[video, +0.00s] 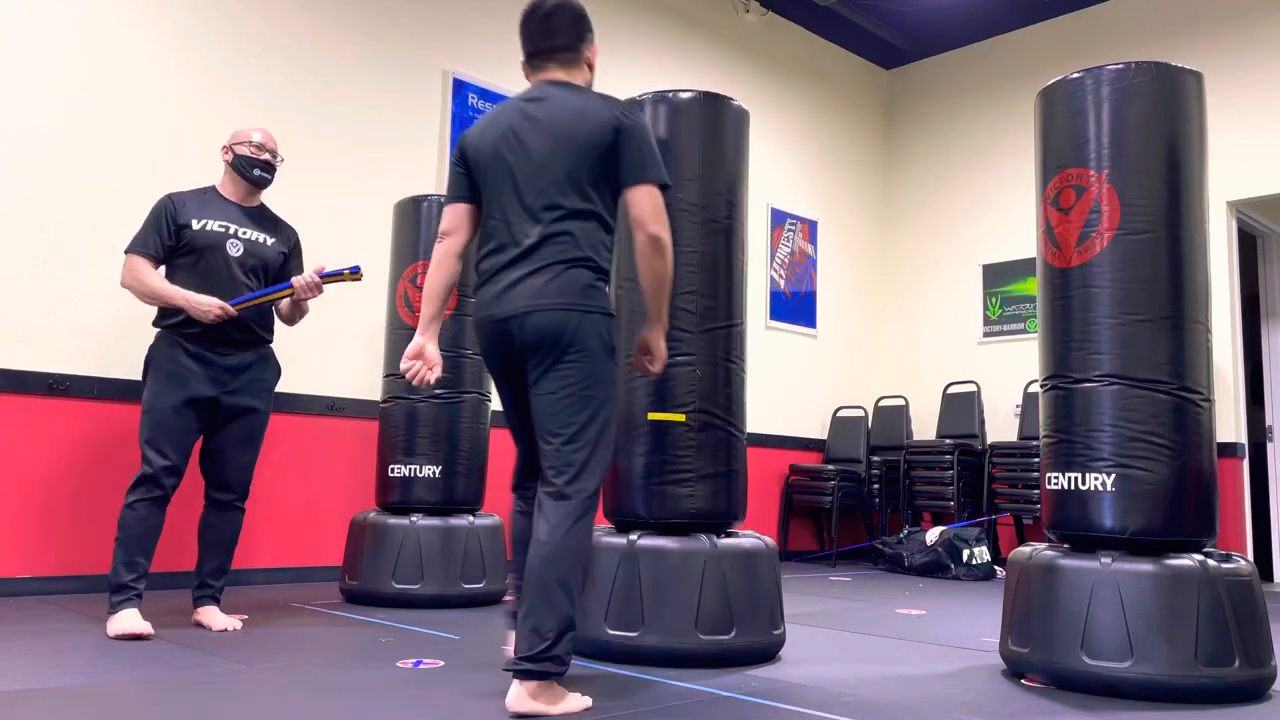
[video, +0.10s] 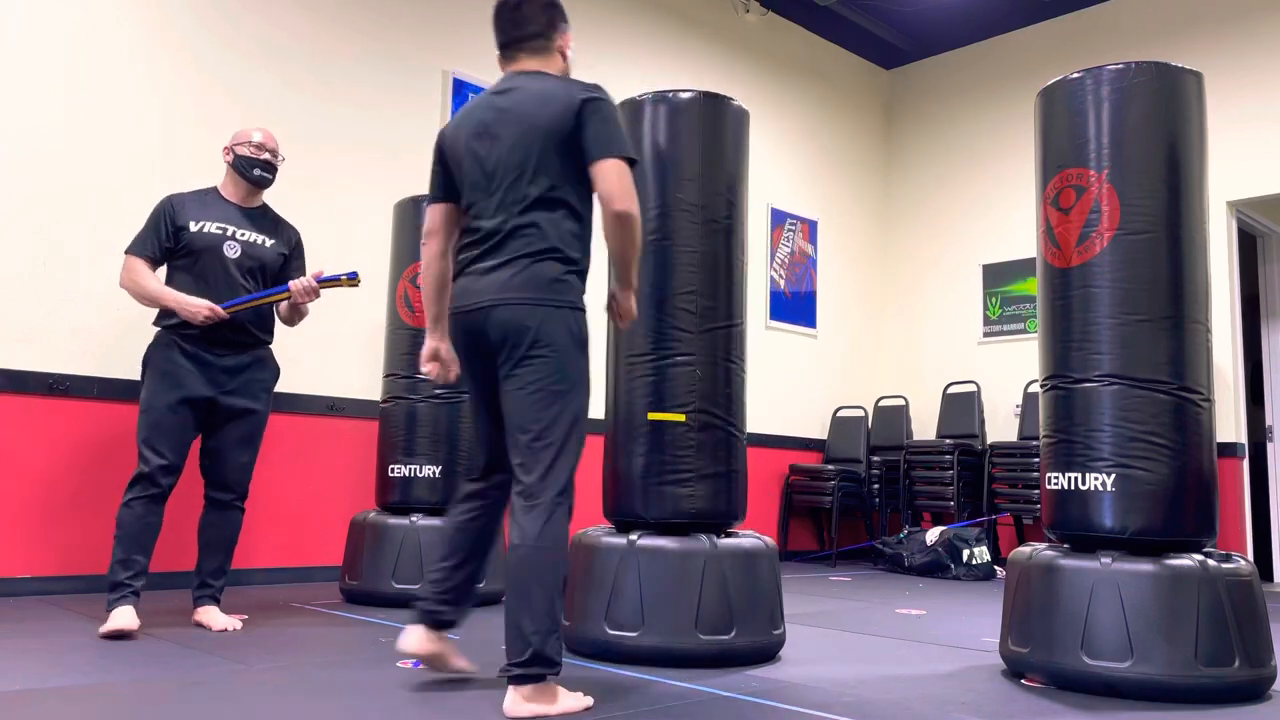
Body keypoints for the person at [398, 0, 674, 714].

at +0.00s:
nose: (596, 64)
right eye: (596, 54)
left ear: (523, 63)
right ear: (589, 54)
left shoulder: (479, 131)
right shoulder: (610, 117)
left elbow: (451, 237)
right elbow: (652, 231)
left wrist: (425, 330)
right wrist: (657, 326)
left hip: (496, 318)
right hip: (572, 310)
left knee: (533, 471)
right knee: (567, 487)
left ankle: (525, 626)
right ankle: (538, 678)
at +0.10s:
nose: (570, 48)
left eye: (563, 38)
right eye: (568, 38)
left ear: (499, 49)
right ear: (562, 40)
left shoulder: (460, 124)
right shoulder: (581, 99)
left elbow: (437, 235)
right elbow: (620, 203)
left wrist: (435, 330)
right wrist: (625, 285)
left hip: (471, 311)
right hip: (544, 307)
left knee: (485, 474)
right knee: (541, 490)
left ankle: (430, 626)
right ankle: (532, 680)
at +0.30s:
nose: (519, 60)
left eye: (516, 47)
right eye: (517, 47)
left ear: (448, 55)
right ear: (501, 48)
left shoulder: (416, 124)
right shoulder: (500, 105)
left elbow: (414, 237)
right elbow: (532, 199)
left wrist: (497, 280)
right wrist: (575, 224)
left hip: (407, 316)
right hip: (469, 313)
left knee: (379, 487)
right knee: (509, 488)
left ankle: (325, 656)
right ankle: (528, 678)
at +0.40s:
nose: (494, 60)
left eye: (493, 49)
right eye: (492, 48)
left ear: (424, 50)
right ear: (476, 46)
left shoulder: (395, 114)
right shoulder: (472, 101)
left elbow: (404, 214)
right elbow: (494, 205)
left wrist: (492, 226)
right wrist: (540, 199)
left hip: (376, 312)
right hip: (436, 314)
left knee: (355, 485)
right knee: (477, 485)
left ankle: (321, 656)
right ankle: (497, 671)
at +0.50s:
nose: (475, 51)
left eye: (471, 38)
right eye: (471, 38)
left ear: (404, 44)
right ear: (451, 38)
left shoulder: (381, 107)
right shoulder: (449, 96)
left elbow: (421, 204)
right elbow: (482, 206)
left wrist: (490, 185)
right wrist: (511, 167)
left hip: (363, 302)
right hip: (415, 304)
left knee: (352, 479)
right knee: (448, 477)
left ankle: (321, 654)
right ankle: (406, 667)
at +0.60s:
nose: (458, 46)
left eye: (455, 34)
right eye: (455, 33)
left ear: (390, 39)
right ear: (435, 33)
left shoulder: (366, 103)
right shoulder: (431, 92)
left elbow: (403, 204)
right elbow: (477, 205)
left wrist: (479, 180)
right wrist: (488, 169)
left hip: (357, 303)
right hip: (403, 305)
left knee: (353, 475)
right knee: (414, 477)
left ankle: (321, 648)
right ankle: (321, 658)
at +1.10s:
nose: (457, 49)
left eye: (455, 36)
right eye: (453, 35)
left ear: (405, 34)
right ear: (430, 33)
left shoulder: (393, 94)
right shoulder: (398, 89)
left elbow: (416, 199)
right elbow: (431, 199)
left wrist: (467, 188)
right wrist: (473, 156)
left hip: (398, 315)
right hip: (375, 311)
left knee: (401, 482)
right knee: (335, 488)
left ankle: (415, 636)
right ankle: (280, 674)